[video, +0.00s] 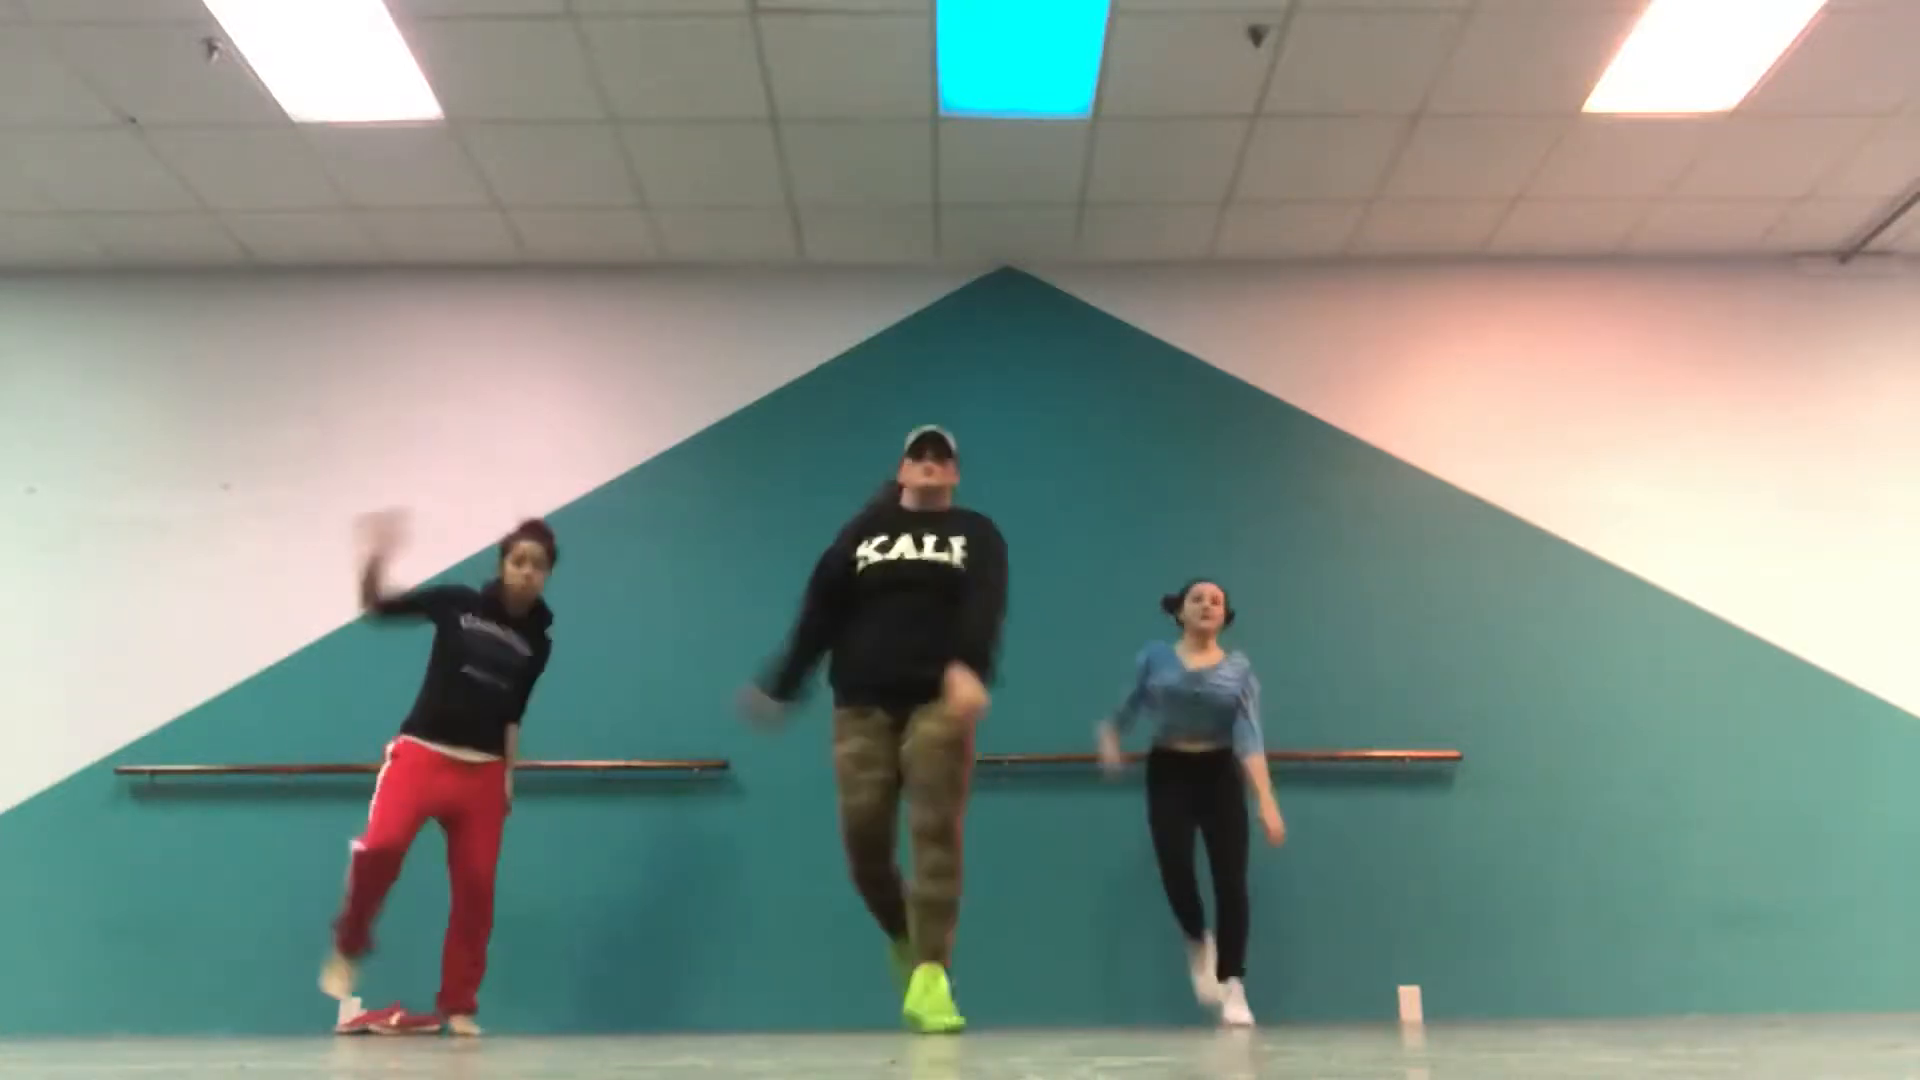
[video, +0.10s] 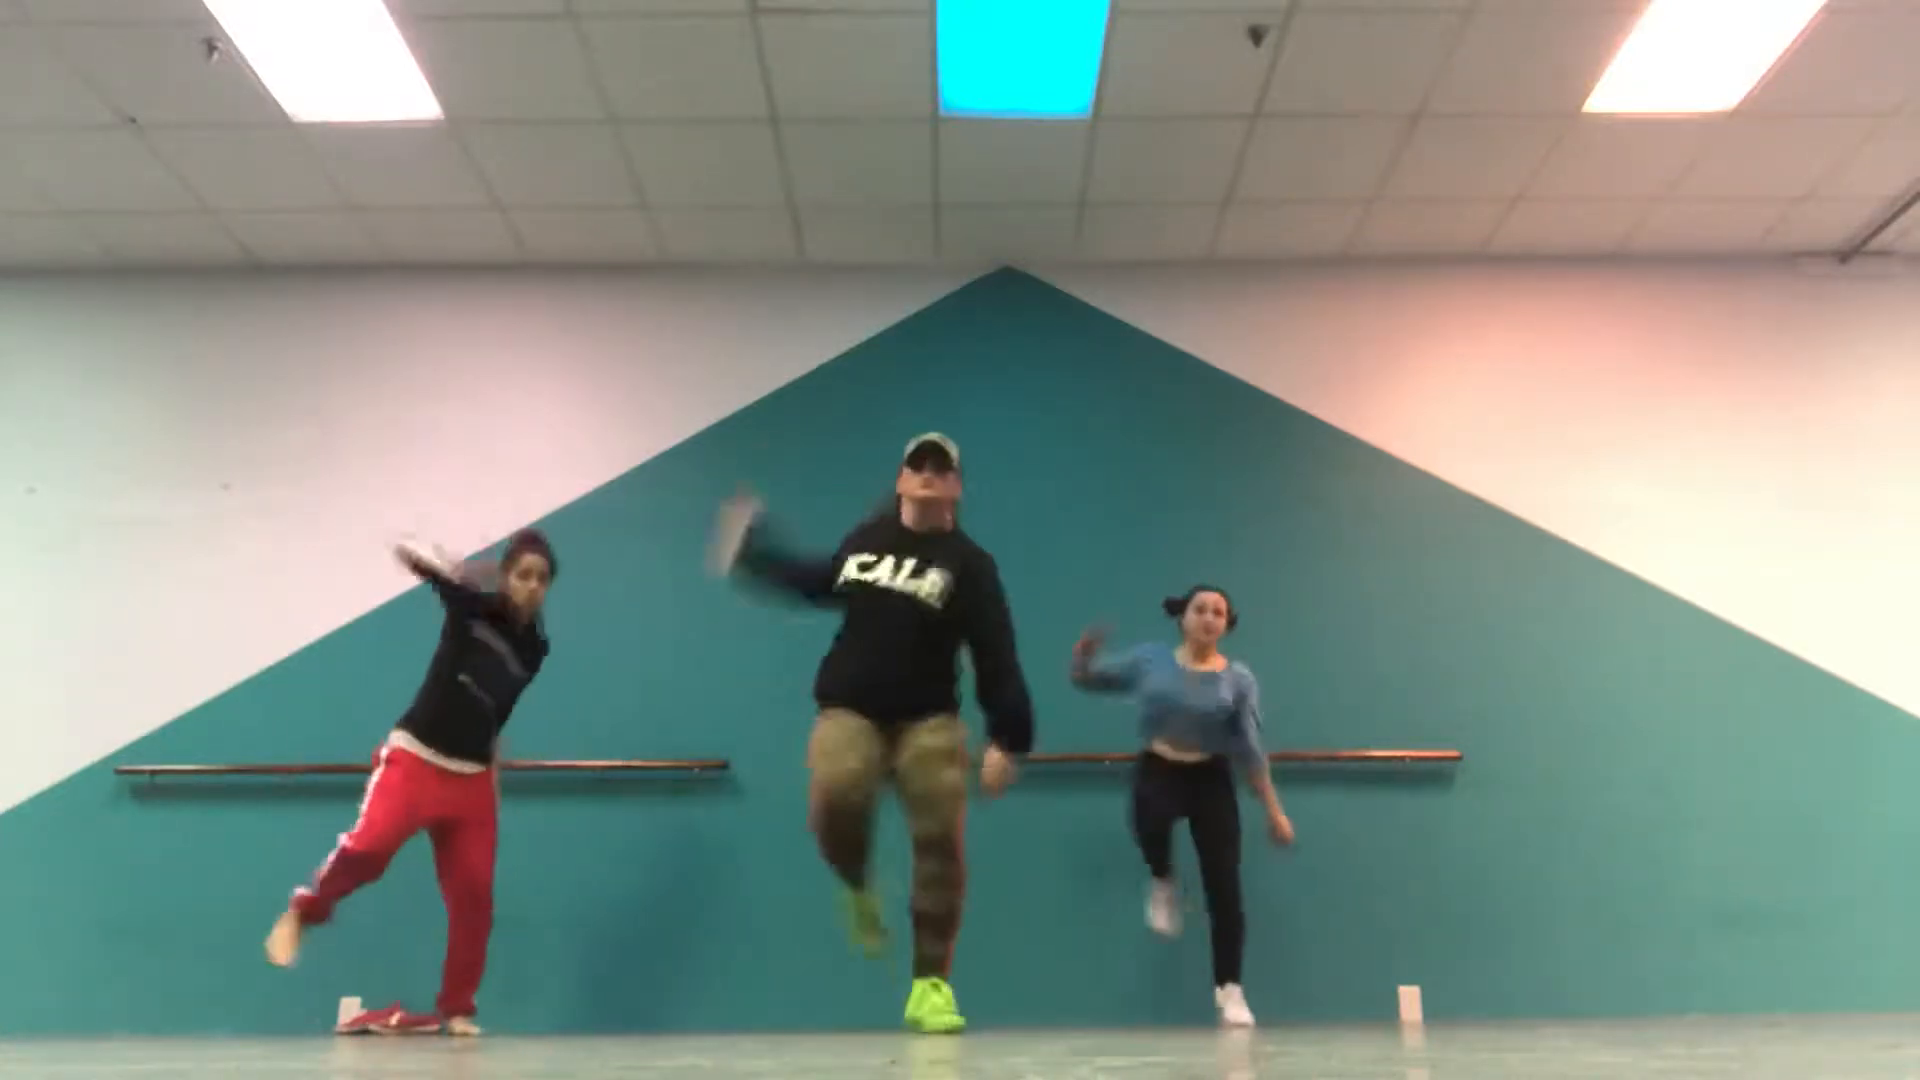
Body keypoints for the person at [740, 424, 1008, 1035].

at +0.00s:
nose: (929, 466)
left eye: (940, 460)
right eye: (919, 458)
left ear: (954, 475)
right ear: (900, 472)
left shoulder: (976, 534)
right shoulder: (862, 532)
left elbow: (984, 604)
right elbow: (821, 610)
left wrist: (971, 663)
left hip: (940, 699)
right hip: (862, 703)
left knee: (935, 833)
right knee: (864, 842)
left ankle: (933, 972)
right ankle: (903, 941)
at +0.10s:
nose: (930, 478)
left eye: (942, 471)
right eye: (920, 469)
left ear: (957, 486)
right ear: (901, 481)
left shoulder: (970, 564)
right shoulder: (868, 539)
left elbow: (996, 653)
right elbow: (820, 582)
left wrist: (1008, 736)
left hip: (929, 714)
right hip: (850, 707)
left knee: (939, 844)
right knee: (836, 798)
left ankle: (932, 981)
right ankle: (859, 887)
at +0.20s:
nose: (937, 482)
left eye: (949, 476)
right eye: (927, 473)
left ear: (964, 492)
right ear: (907, 482)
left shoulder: (970, 578)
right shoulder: (865, 523)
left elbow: (973, 667)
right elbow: (808, 523)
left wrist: (965, 740)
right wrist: (817, 478)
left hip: (910, 713)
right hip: (828, 697)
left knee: (935, 827)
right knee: (787, 761)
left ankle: (930, 980)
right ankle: (761, 897)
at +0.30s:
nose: (954, 506)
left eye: (967, 496)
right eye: (945, 492)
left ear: (982, 509)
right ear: (925, 495)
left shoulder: (972, 596)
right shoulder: (883, 524)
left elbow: (953, 681)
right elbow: (803, 523)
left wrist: (914, 737)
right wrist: (832, 576)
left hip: (878, 721)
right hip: (799, 695)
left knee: (930, 825)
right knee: (725, 810)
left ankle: (929, 979)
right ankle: (645, 931)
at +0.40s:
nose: (954, 540)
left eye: (967, 531)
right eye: (945, 525)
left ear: (976, 547)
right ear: (919, 528)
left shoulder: (947, 602)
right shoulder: (869, 575)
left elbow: (908, 678)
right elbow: (822, 646)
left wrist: (879, 739)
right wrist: (807, 725)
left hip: (853, 739)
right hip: (773, 721)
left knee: (930, 829)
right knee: (697, 836)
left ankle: (923, 987)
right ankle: (588, 973)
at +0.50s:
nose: (931, 537)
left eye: (941, 526)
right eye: (920, 522)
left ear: (950, 533)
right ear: (891, 523)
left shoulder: (923, 601)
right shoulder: (854, 575)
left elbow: (887, 674)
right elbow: (836, 657)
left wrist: (858, 746)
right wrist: (825, 743)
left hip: (844, 754)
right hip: (767, 743)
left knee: (934, 834)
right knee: (683, 862)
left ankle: (924, 989)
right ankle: (573, 989)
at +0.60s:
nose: (897, 470)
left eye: (907, 457)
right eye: (884, 457)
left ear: (921, 462)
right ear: (861, 462)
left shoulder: (926, 524)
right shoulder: (831, 523)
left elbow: (899, 620)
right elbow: (813, 613)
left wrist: (875, 701)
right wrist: (817, 700)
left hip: (872, 709)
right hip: (789, 701)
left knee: (919, 826)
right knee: (727, 833)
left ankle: (922, 983)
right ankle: (624, 967)